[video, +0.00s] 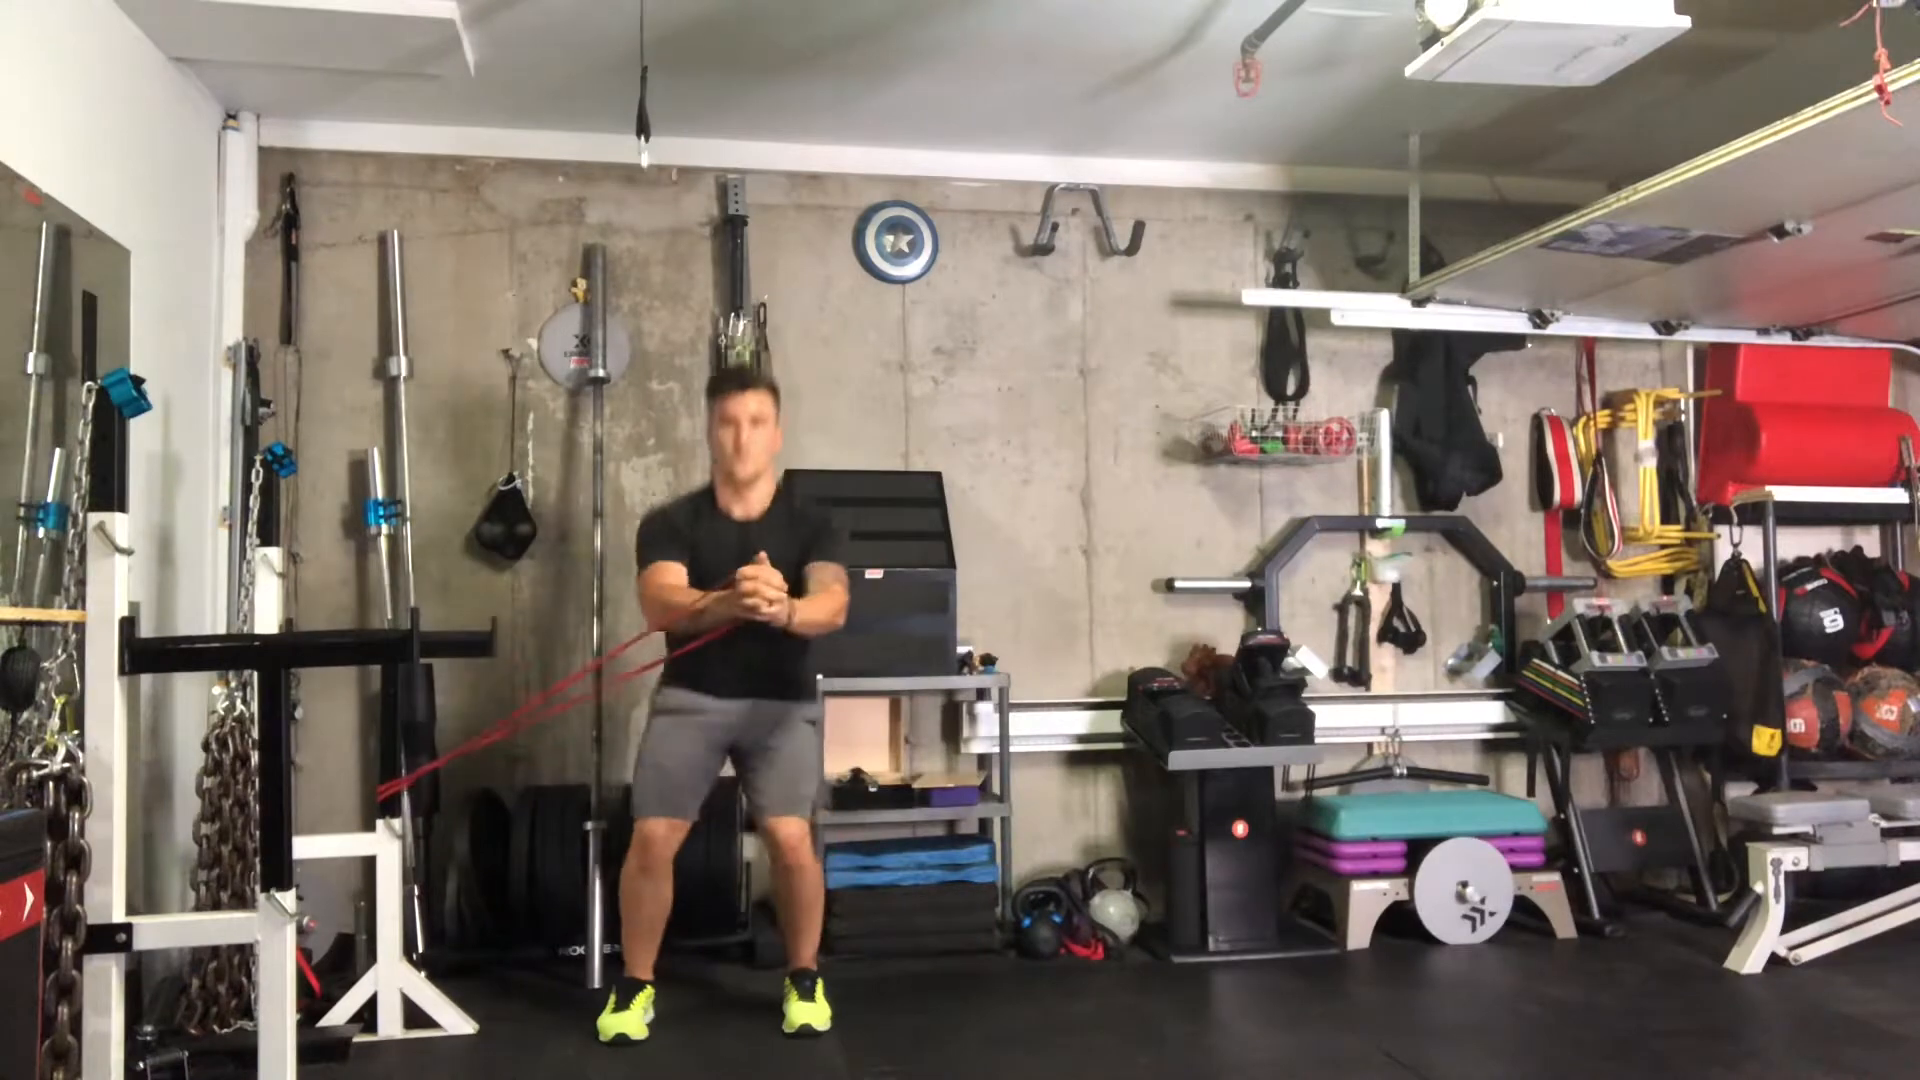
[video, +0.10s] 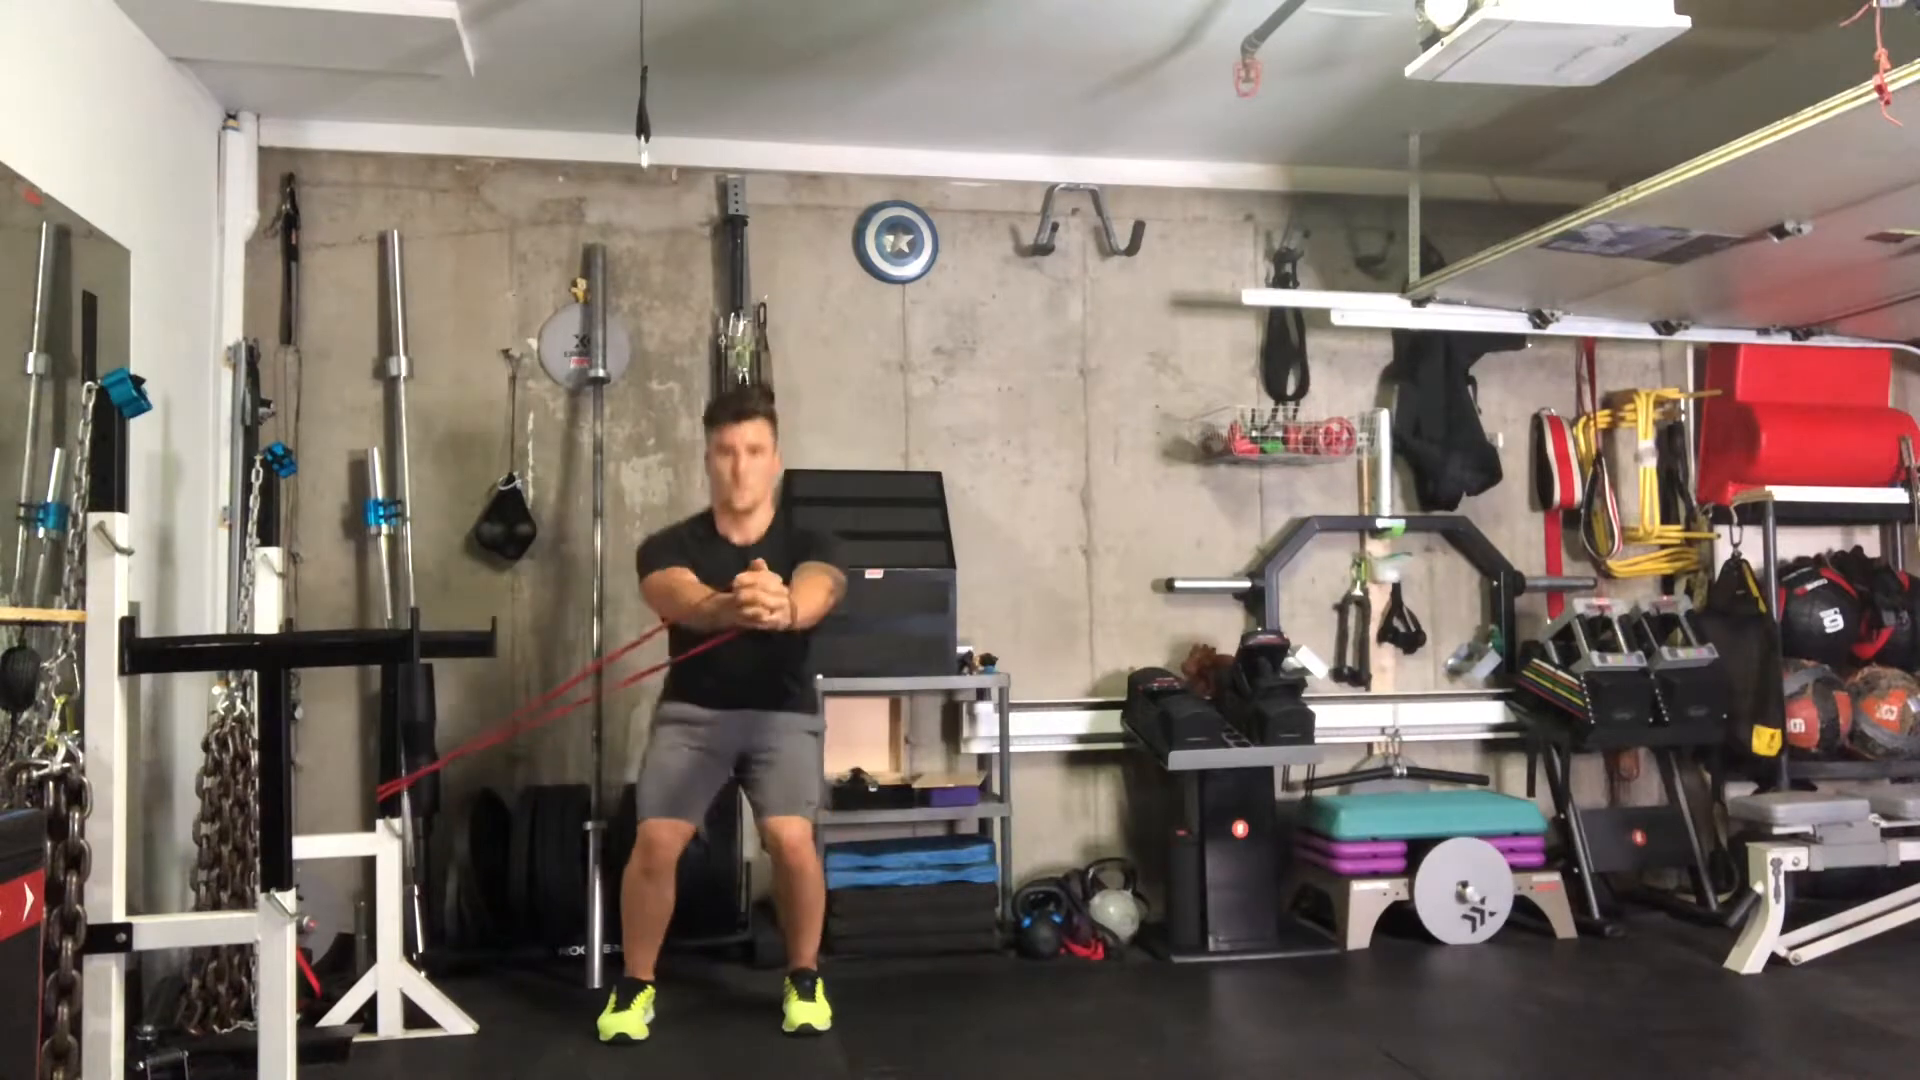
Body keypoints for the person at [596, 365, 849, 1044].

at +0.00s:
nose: (741, 437)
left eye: (756, 424)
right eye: (728, 424)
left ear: (779, 434)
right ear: (709, 433)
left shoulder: (812, 522)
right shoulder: (669, 523)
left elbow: (831, 607)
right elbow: (660, 608)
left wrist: (785, 609)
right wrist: (724, 602)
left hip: (783, 707)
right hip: (690, 703)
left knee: (791, 837)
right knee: (651, 837)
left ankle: (804, 981)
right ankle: (636, 988)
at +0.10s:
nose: (739, 466)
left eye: (754, 451)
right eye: (726, 452)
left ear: (776, 460)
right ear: (707, 461)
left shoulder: (810, 541)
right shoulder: (665, 548)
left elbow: (815, 595)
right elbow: (683, 604)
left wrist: (788, 608)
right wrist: (728, 609)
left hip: (783, 721)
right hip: (691, 718)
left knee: (791, 837)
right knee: (655, 839)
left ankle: (804, 980)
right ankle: (636, 987)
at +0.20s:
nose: (739, 484)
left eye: (753, 468)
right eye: (725, 470)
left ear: (776, 477)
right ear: (707, 479)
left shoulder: (809, 555)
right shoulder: (666, 559)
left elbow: (817, 592)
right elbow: (673, 601)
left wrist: (789, 602)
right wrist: (733, 599)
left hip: (783, 728)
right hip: (693, 725)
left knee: (784, 837)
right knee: (659, 842)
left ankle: (804, 980)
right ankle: (636, 988)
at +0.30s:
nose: (739, 496)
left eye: (754, 480)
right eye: (726, 482)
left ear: (777, 488)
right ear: (707, 489)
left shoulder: (807, 566)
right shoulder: (667, 567)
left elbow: (818, 597)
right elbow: (673, 606)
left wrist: (788, 606)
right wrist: (733, 599)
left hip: (781, 735)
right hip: (693, 732)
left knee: (770, 841)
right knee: (665, 847)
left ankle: (802, 980)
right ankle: (637, 989)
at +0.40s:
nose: (741, 509)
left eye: (756, 493)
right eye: (727, 494)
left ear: (778, 499)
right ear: (708, 500)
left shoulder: (808, 572)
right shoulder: (667, 577)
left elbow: (820, 605)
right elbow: (679, 614)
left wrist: (787, 612)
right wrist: (731, 604)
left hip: (779, 740)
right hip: (692, 736)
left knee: (758, 846)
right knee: (668, 850)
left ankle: (801, 981)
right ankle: (637, 989)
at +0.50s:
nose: (744, 524)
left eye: (759, 508)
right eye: (730, 509)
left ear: (782, 513)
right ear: (711, 513)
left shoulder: (812, 584)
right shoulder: (671, 588)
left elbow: (825, 615)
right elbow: (684, 623)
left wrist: (792, 620)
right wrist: (739, 613)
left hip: (780, 747)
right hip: (694, 740)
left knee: (754, 849)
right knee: (670, 852)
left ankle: (800, 979)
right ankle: (638, 989)